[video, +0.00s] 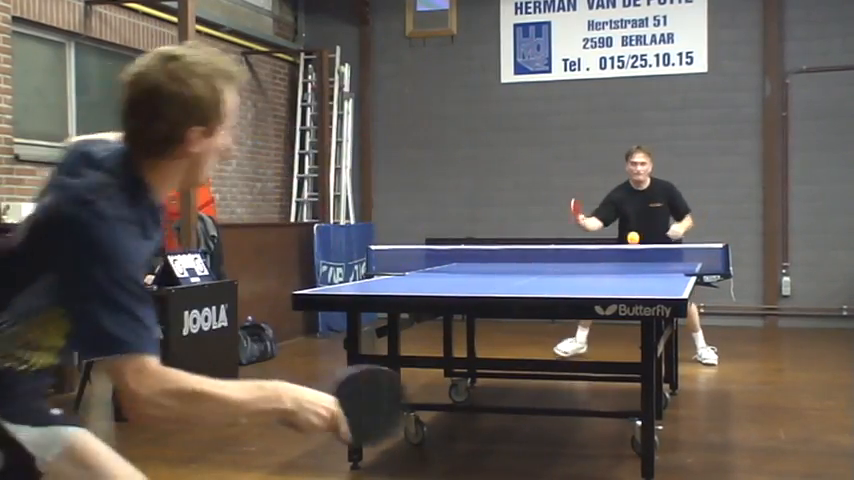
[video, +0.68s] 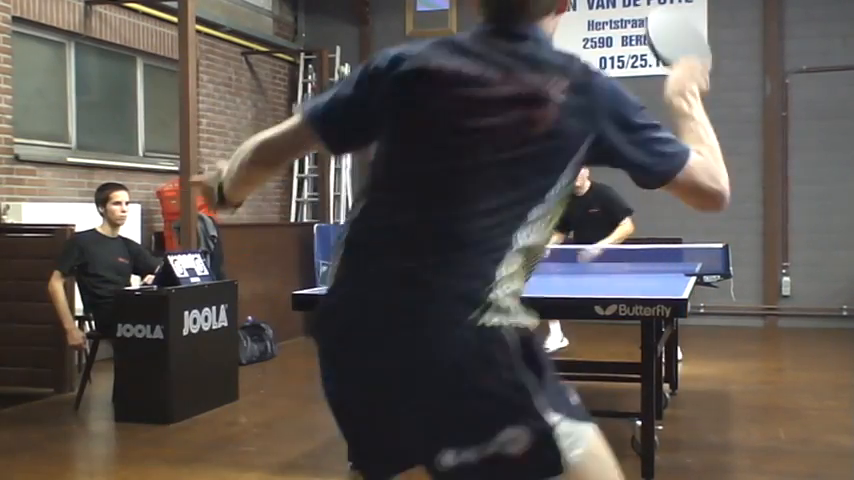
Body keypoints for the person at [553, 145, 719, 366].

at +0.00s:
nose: (638, 168)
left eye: (643, 164)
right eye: (633, 164)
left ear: (651, 167)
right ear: (626, 167)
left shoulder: (666, 190)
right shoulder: (619, 194)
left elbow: (688, 219)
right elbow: (597, 222)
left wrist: (680, 227)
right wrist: (583, 220)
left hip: (664, 262)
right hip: (626, 263)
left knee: (684, 299)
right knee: (591, 290)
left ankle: (701, 347)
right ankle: (580, 340)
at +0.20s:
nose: (611, 174)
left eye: (616, 170)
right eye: (606, 170)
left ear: (624, 173)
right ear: (599, 173)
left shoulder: (637, 196)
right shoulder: (592, 200)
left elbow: (660, 227)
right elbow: (573, 228)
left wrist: (651, 239)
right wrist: (562, 242)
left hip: (636, 266)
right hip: (600, 267)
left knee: (668, 298)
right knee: (563, 289)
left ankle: (698, 347)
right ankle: (569, 341)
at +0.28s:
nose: (601, 173)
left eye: (605, 168)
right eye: (596, 169)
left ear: (614, 171)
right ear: (590, 173)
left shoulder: (628, 195)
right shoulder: (582, 200)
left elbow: (648, 226)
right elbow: (564, 229)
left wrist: (642, 240)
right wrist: (556, 245)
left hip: (626, 264)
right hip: (590, 265)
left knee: (658, 294)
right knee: (555, 287)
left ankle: (687, 344)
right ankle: (568, 340)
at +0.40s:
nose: (592, 169)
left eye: (596, 164)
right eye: (587, 165)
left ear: (605, 167)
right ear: (581, 168)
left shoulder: (620, 191)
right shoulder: (574, 195)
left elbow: (641, 220)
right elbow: (559, 228)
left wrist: (635, 239)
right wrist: (553, 247)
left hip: (616, 260)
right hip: (583, 262)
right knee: (554, 288)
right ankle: (568, 340)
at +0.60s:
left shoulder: (614, 192)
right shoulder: (570, 196)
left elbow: (638, 216)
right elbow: (559, 225)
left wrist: (622, 243)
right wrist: (555, 246)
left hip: (612, 258)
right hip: (580, 260)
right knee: (552, 283)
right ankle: (562, 339)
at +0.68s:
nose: (575, 177)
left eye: (579, 171)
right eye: (572, 173)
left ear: (587, 171)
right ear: (568, 176)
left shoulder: (604, 193)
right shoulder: (567, 200)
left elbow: (627, 226)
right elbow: (560, 232)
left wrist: (599, 247)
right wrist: (548, 247)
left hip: (608, 261)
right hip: (576, 263)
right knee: (541, 273)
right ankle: (555, 333)